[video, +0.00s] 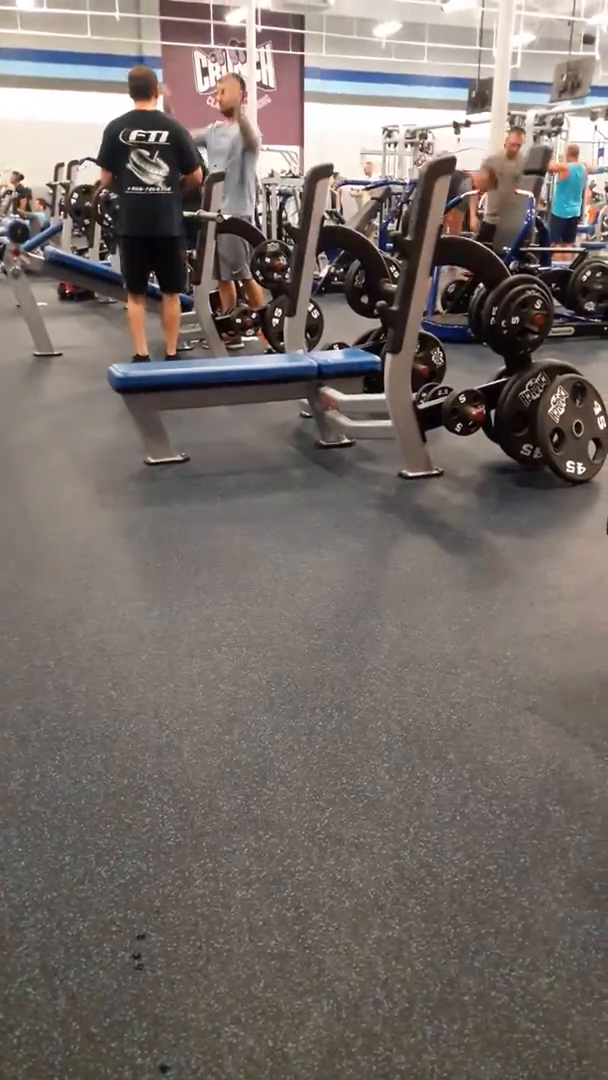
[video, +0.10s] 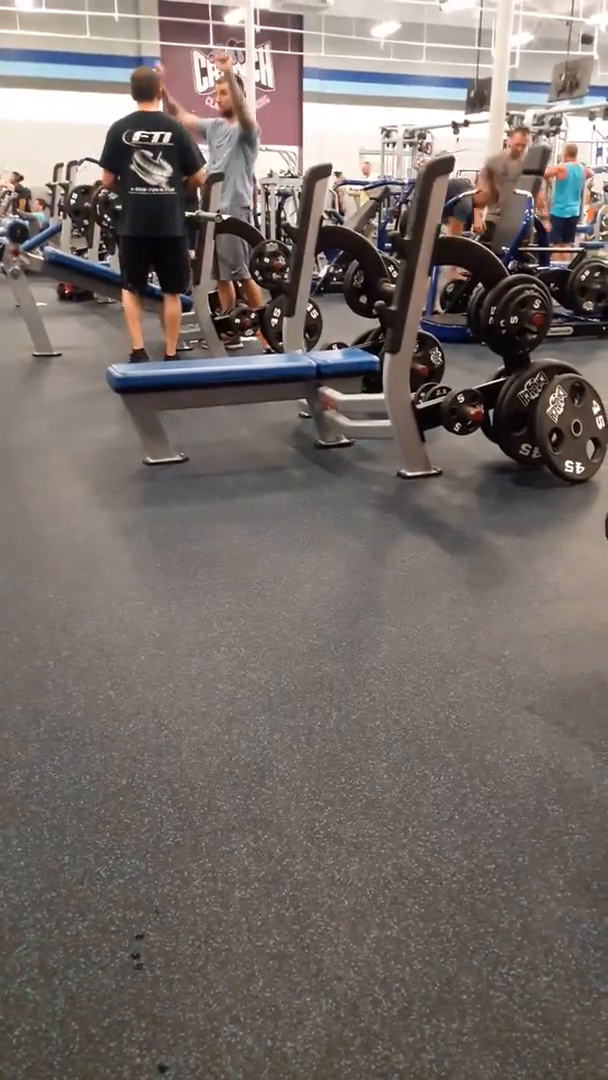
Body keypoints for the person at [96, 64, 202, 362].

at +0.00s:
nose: (158, 91)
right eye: (158, 87)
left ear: (129, 92)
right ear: (157, 91)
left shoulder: (116, 127)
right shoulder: (174, 127)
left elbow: (106, 177)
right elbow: (196, 176)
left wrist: (128, 185)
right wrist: (174, 191)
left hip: (132, 219)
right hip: (166, 219)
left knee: (134, 292)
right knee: (170, 292)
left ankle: (140, 354)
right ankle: (171, 353)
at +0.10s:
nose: (163, 92)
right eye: (162, 88)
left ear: (132, 92)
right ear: (161, 92)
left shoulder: (119, 129)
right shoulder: (175, 127)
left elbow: (108, 179)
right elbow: (198, 175)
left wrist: (129, 187)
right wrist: (177, 188)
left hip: (133, 219)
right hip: (169, 219)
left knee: (130, 286)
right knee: (172, 290)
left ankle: (137, 349)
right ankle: (171, 353)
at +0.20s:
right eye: (163, 91)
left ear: (136, 95)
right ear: (164, 94)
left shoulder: (124, 130)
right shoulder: (182, 130)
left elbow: (113, 181)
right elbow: (202, 177)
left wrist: (132, 191)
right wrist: (181, 189)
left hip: (138, 220)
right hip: (174, 221)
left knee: (132, 284)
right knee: (175, 290)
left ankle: (137, 347)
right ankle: (173, 354)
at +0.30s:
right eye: (164, 93)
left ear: (135, 98)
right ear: (164, 96)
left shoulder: (124, 133)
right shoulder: (182, 132)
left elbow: (114, 184)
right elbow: (203, 178)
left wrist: (135, 193)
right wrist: (184, 191)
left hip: (139, 223)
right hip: (176, 224)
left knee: (134, 289)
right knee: (175, 291)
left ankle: (135, 354)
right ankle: (173, 356)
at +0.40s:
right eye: (160, 95)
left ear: (133, 101)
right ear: (161, 98)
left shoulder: (122, 136)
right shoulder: (179, 134)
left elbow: (112, 187)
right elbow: (202, 179)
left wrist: (128, 204)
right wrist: (182, 190)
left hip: (138, 225)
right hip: (175, 225)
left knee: (133, 292)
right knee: (173, 294)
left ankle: (133, 357)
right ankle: (171, 358)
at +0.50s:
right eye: (159, 95)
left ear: (132, 103)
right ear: (159, 99)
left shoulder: (122, 138)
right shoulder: (178, 133)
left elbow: (116, 186)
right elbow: (201, 177)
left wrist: (126, 210)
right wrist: (181, 181)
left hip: (138, 226)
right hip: (175, 225)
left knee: (132, 293)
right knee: (173, 295)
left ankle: (132, 357)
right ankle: (171, 358)